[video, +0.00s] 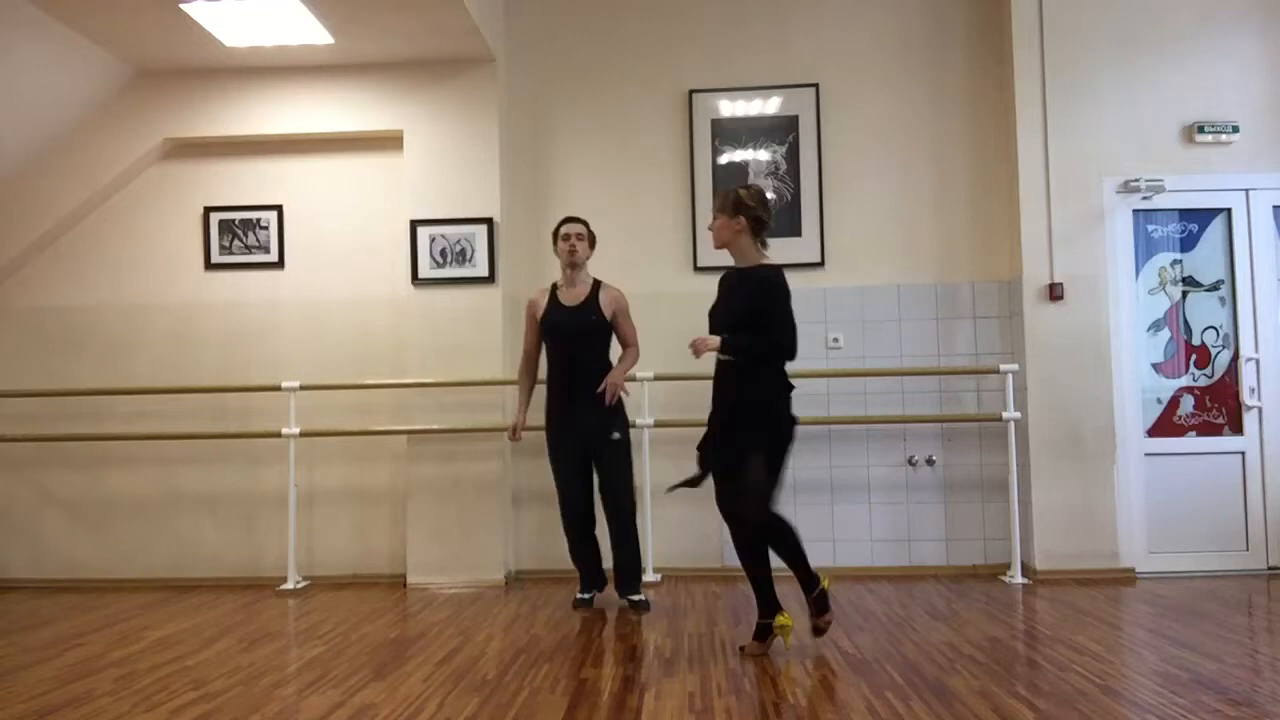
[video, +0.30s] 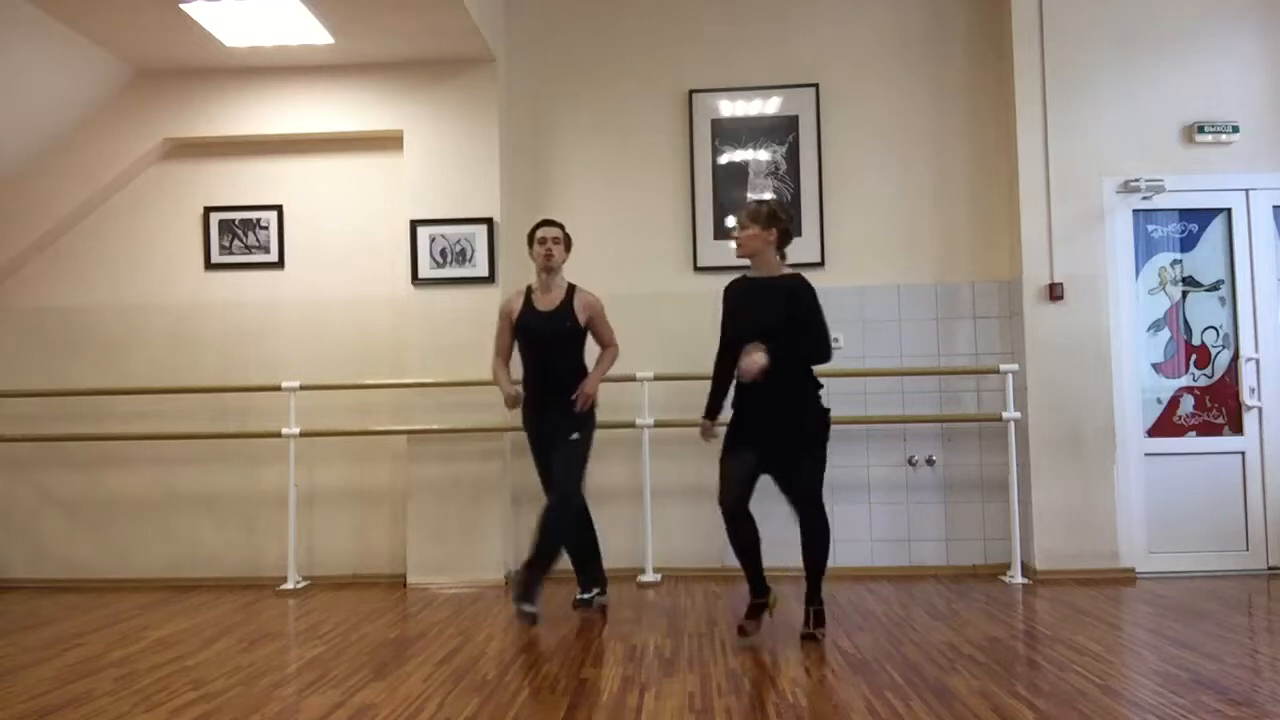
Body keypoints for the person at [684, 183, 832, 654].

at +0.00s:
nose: (710, 225)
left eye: (717, 218)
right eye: (713, 218)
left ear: (739, 224)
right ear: (737, 225)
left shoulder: (769, 279)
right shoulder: (728, 281)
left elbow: (784, 347)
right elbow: (733, 369)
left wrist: (722, 343)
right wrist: (715, 430)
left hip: (768, 408)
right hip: (733, 409)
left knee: (756, 509)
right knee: (733, 508)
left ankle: (812, 586)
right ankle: (769, 610)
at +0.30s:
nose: (737, 234)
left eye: (746, 227)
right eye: (739, 227)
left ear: (772, 235)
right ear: (759, 237)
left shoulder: (797, 288)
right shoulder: (737, 290)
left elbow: (820, 349)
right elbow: (727, 352)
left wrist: (772, 355)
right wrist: (712, 410)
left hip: (798, 416)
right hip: (751, 415)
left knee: (810, 508)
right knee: (731, 502)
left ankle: (814, 600)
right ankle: (758, 592)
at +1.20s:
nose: (775, 233)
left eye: (782, 226)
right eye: (767, 226)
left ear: (794, 236)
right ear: (757, 235)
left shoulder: (810, 291)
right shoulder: (737, 289)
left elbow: (824, 354)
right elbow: (714, 342)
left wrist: (805, 339)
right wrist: (736, 356)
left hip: (803, 411)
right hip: (756, 412)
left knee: (798, 510)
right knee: (764, 504)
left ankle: (795, 603)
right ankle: (770, 606)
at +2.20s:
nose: (738, 229)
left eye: (746, 222)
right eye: (733, 223)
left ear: (766, 232)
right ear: (726, 233)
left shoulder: (786, 283)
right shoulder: (713, 285)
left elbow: (805, 341)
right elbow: (704, 350)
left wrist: (776, 352)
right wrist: (735, 353)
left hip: (767, 412)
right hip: (720, 412)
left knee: (759, 510)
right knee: (725, 511)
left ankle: (758, 609)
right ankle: (730, 607)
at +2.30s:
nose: (724, 228)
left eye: (733, 222)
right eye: (723, 222)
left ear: (759, 229)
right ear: (723, 231)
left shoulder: (781, 283)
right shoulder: (711, 279)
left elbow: (793, 345)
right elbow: (685, 329)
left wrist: (784, 376)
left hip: (770, 399)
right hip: (725, 400)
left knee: (765, 510)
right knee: (729, 508)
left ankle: (762, 609)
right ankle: (738, 607)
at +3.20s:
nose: (722, 227)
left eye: (731, 219)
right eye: (720, 221)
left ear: (755, 227)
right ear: (721, 231)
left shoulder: (779, 282)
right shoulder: (709, 281)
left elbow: (799, 340)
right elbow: (673, 333)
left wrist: (824, 388)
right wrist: (648, 298)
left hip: (770, 394)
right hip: (722, 395)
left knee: (770, 506)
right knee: (733, 506)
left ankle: (764, 609)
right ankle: (741, 608)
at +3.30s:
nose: (716, 223)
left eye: (725, 215)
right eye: (716, 216)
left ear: (752, 223)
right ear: (728, 226)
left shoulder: (783, 277)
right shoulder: (707, 274)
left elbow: (835, 322)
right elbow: (672, 318)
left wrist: (886, 357)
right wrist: (674, 273)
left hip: (765, 395)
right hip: (716, 395)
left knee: (763, 504)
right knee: (729, 503)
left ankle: (764, 607)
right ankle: (737, 606)